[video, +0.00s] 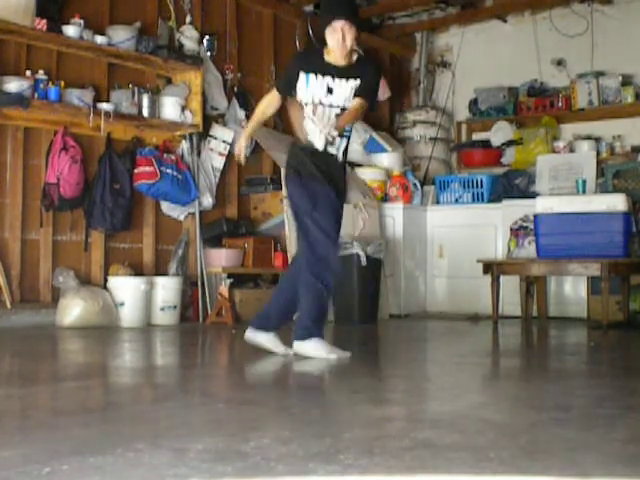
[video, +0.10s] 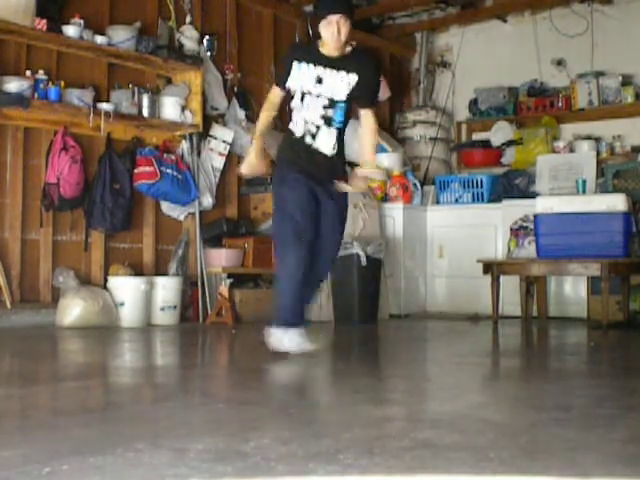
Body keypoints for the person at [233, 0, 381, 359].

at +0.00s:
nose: (345, 34)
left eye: (349, 27)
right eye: (338, 28)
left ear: (357, 32)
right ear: (325, 32)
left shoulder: (366, 68)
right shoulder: (304, 62)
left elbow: (360, 105)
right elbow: (275, 96)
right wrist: (248, 130)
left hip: (335, 169)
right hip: (304, 164)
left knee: (316, 249)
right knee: (322, 246)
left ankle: (263, 326)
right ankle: (307, 336)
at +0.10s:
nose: (336, 29)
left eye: (342, 22)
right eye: (328, 22)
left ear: (351, 25)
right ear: (317, 26)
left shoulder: (362, 65)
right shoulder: (298, 56)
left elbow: (367, 119)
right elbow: (272, 103)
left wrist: (368, 164)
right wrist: (256, 145)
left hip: (332, 174)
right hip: (294, 165)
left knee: (324, 254)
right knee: (296, 243)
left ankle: (285, 322)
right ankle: (287, 328)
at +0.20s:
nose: (331, 38)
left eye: (336, 31)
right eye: (324, 31)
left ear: (343, 37)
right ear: (311, 35)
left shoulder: (357, 79)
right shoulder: (290, 68)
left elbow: (379, 122)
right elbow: (261, 113)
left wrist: (398, 163)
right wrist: (291, 123)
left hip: (329, 182)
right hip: (288, 178)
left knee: (327, 259)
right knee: (287, 244)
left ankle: (325, 333)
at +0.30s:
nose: (322, 39)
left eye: (328, 32)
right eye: (315, 32)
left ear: (336, 36)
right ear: (302, 35)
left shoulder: (350, 73)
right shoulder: (285, 65)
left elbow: (379, 101)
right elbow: (264, 109)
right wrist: (308, 97)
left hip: (321, 185)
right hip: (280, 182)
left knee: (323, 262)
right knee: (261, 242)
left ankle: (324, 333)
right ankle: (250, 278)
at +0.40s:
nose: (306, 35)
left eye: (313, 28)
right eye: (300, 28)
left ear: (323, 29)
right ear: (292, 28)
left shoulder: (338, 61)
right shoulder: (282, 48)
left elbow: (376, 91)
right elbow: (273, 80)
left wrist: (355, 107)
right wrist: (319, 86)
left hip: (308, 175)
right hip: (268, 170)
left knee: (318, 254)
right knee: (246, 240)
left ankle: (330, 324)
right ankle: (258, 292)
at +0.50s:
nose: (299, 46)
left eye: (305, 37)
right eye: (292, 37)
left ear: (315, 37)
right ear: (281, 38)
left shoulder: (328, 72)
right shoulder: (270, 64)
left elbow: (358, 118)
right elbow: (253, 101)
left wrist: (317, 107)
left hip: (302, 180)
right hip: (262, 179)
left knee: (317, 255)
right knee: (246, 255)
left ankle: (335, 321)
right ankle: (234, 324)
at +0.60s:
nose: (294, 60)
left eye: (300, 53)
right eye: (287, 53)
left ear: (311, 53)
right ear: (278, 52)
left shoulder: (322, 89)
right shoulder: (265, 73)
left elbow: (332, 142)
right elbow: (223, 77)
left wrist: (302, 111)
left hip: (301, 192)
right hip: (260, 190)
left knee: (316, 267)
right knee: (253, 265)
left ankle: (327, 331)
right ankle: (227, 332)